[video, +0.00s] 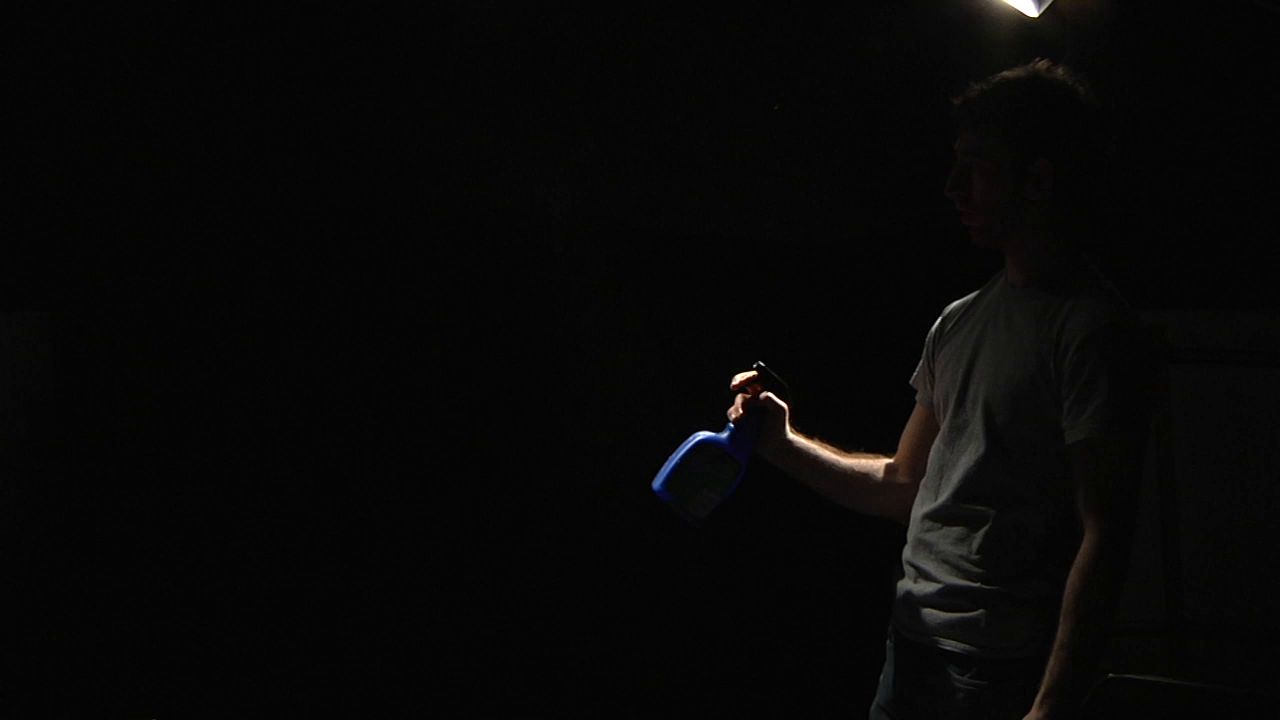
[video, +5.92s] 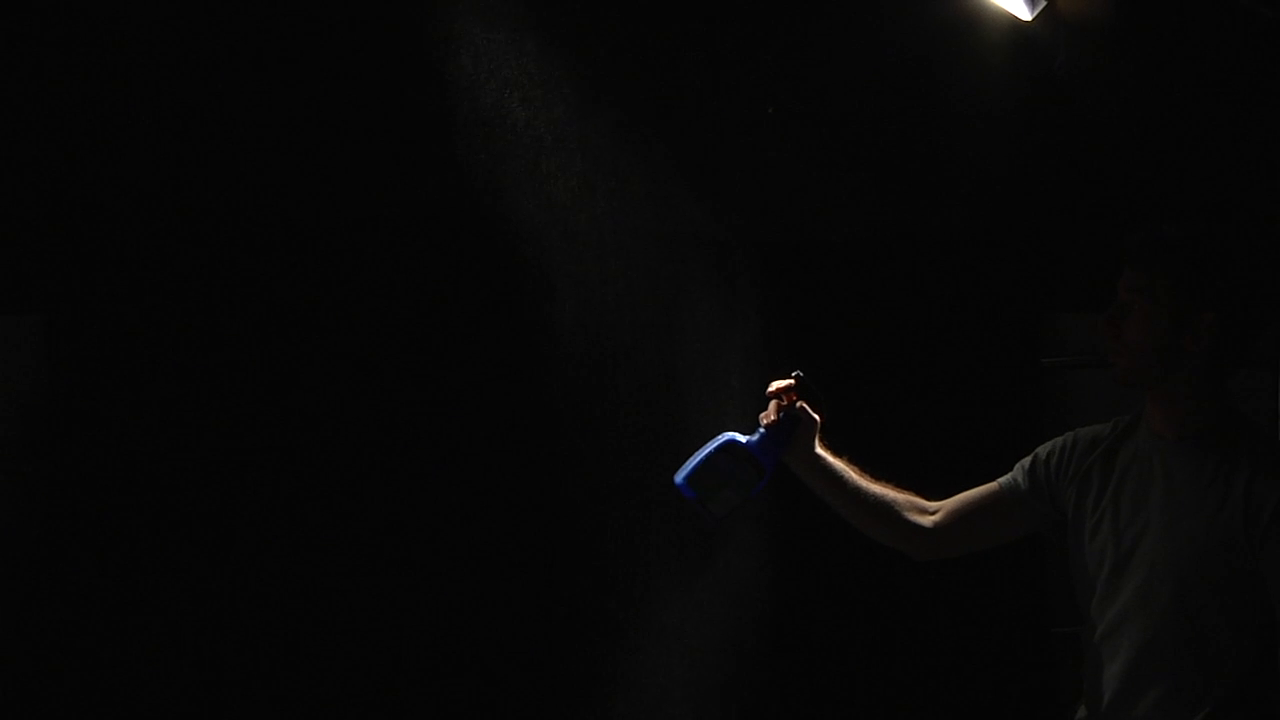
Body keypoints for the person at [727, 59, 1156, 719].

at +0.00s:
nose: (956, 183)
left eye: (976, 162)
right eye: (959, 162)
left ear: (1036, 176)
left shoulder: (1095, 327)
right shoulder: (958, 322)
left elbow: (1106, 531)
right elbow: (905, 484)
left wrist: (1052, 701)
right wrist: (784, 441)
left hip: (1007, 661)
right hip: (914, 643)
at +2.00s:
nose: (955, 185)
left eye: (976, 164)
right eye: (959, 163)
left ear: (1037, 174)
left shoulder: (1096, 324)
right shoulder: (962, 322)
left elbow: (1112, 529)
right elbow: (912, 486)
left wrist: (1062, 698)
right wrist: (791, 443)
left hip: (1013, 663)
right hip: (923, 646)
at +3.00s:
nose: (963, 180)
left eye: (983, 159)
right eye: (967, 159)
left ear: (1044, 171)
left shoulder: (1097, 323)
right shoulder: (966, 321)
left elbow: (1108, 526)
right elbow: (914, 485)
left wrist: (1035, 692)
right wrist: (797, 443)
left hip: (1011, 668)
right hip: (925, 648)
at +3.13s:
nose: (1122, 324)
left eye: (1145, 306)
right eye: (1123, 305)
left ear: (1202, 319)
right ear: (1121, 320)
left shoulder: (1258, 459)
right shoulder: (1088, 456)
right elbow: (930, 520)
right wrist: (806, 453)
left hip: (1233, 699)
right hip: (1117, 700)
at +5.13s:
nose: (1119, 316)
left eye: (1142, 299)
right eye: (1123, 297)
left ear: (1202, 319)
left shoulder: (1258, 459)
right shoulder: (1088, 456)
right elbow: (933, 519)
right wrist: (811, 449)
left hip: (1233, 702)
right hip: (1118, 702)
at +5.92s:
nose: (1115, 324)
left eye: (1138, 306)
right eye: (1120, 305)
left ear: (1198, 324)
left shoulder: (1256, 462)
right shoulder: (1084, 460)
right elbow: (929, 524)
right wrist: (809, 453)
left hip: (1233, 700)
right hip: (1114, 701)